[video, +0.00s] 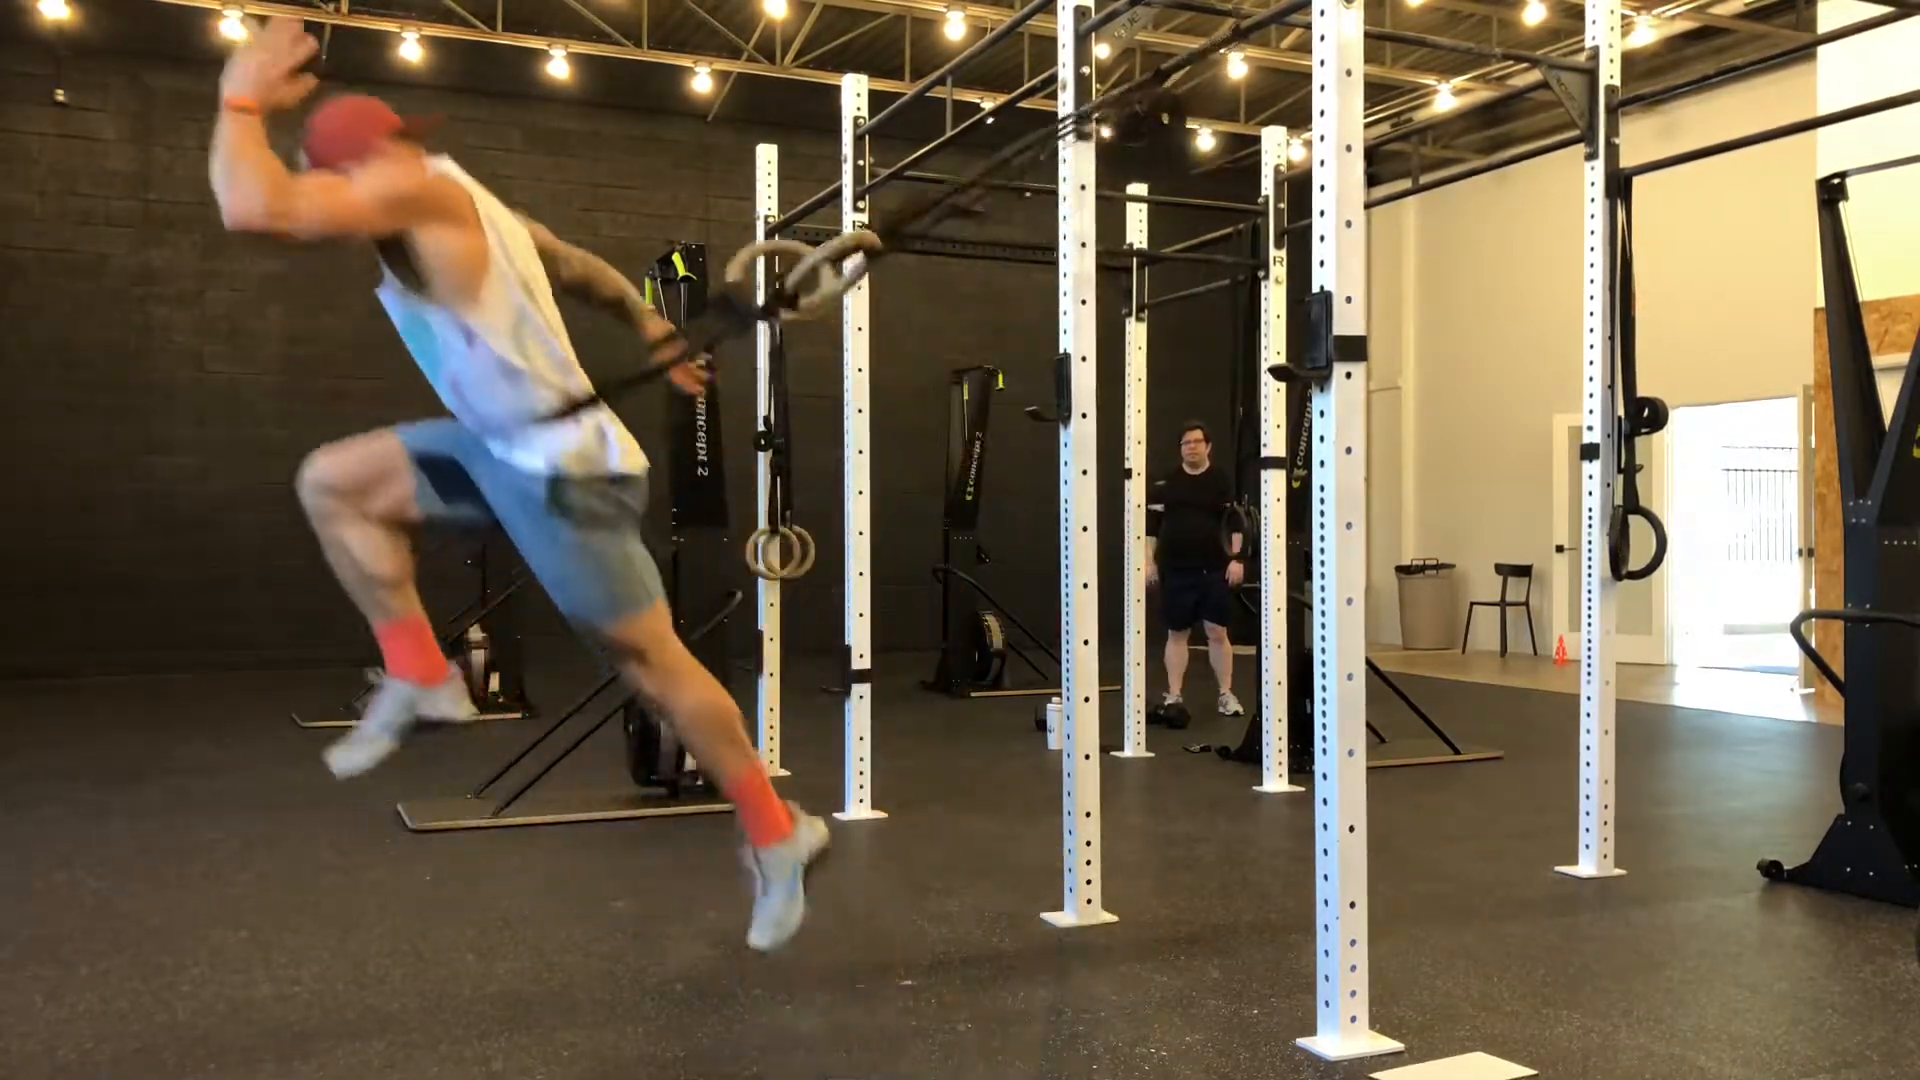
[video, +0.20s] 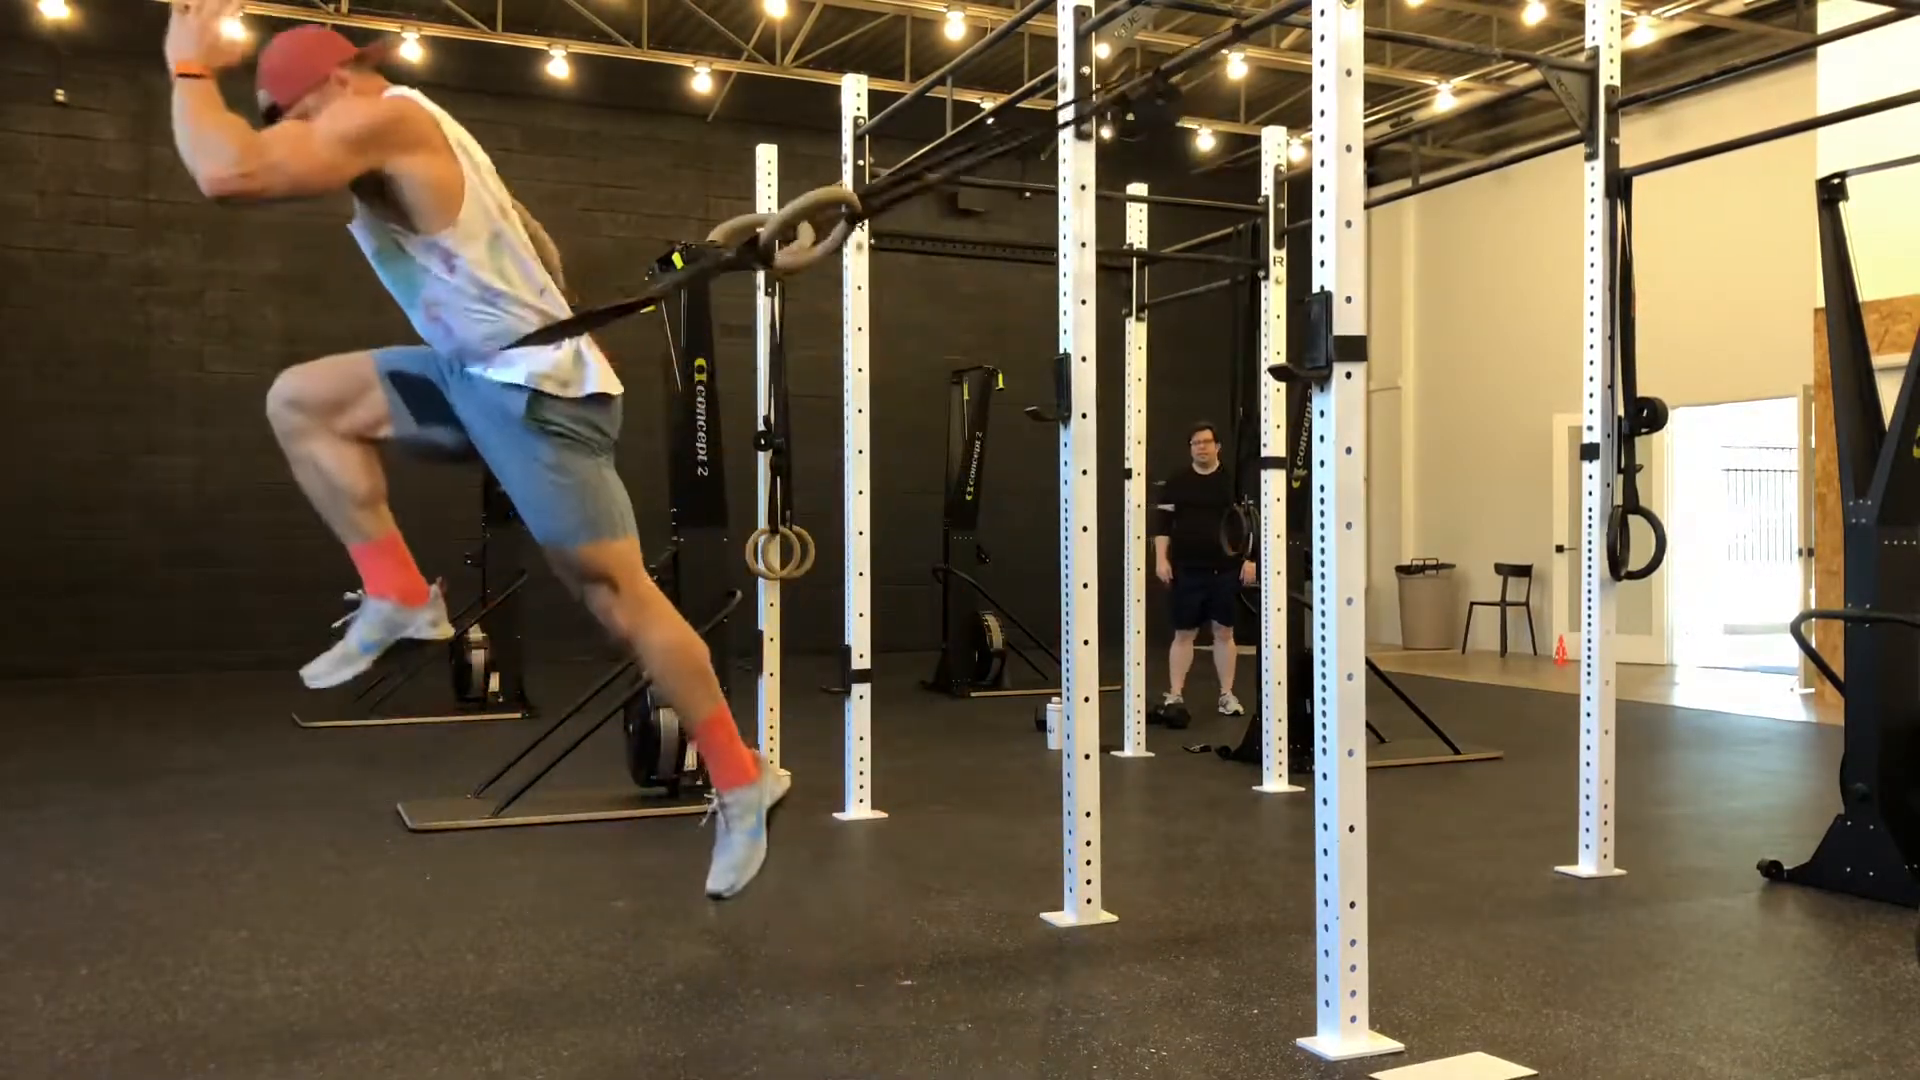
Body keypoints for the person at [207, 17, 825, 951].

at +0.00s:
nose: (343, 189)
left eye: (345, 172)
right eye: (339, 175)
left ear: (378, 152)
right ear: (387, 142)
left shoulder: (418, 185)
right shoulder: (449, 196)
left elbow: (254, 203)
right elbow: (573, 264)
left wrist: (240, 94)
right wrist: (651, 323)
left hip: (565, 464)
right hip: (500, 447)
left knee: (652, 659)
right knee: (333, 482)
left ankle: (778, 832)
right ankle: (420, 676)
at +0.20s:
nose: (299, 127)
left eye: (299, 109)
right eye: (293, 116)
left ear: (332, 82)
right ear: (346, 78)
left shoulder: (380, 115)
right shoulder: (404, 125)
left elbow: (226, 166)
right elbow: (532, 241)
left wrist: (187, 64)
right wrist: (539, 338)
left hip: (540, 382)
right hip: (476, 373)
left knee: (619, 596)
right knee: (301, 401)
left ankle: (743, 780)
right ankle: (399, 596)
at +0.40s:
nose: (365, 209)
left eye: (363, 191)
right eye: (355, 197)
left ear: (393, 161)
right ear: (386, 168)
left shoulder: (456, 198)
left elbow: (322, 262)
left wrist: (264, 166)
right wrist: (456, 466)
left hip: (609, 445)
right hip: (529, 436)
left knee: (680, 655)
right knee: (389, 514)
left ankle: (791, 845)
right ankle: (530, 672)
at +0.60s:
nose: (472, 425)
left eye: (476, 406)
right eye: (463, 413)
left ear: (522, 380)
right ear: (503, 393)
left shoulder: (614, 427)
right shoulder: (538, 458)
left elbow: (652, 548)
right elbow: (511, 558)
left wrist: (522, 568)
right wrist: (435, 636)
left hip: (760, 613)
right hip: (701, 625)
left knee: (707, 822)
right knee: (716, 809)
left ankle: (844, 959)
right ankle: (899, 824)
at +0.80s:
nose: (572, 560)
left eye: (572, 543)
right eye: (563, 549)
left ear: (612, 508)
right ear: (595, 525)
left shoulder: (705, 535)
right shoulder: (642, 583)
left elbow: (843, 575)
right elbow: (634, 687)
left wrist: (915, 685)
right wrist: (561, 677)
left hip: (861, 684)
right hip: (836, 689)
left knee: (707, 812)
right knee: (944, 836)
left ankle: (837, 957)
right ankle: (1091, 898)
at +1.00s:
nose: (607, 558)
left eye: (604, 541)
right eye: (597, 548)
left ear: (641, 505)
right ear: (634, 514)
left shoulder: (731, 523)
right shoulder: (679, 581)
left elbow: (876, 535)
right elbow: (658, 664)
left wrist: (958, 631)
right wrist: (587, 643)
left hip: (894, 661)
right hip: (882, 667)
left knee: (749, 793)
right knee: (964, 827)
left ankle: (849, 964)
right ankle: (1102, 901)